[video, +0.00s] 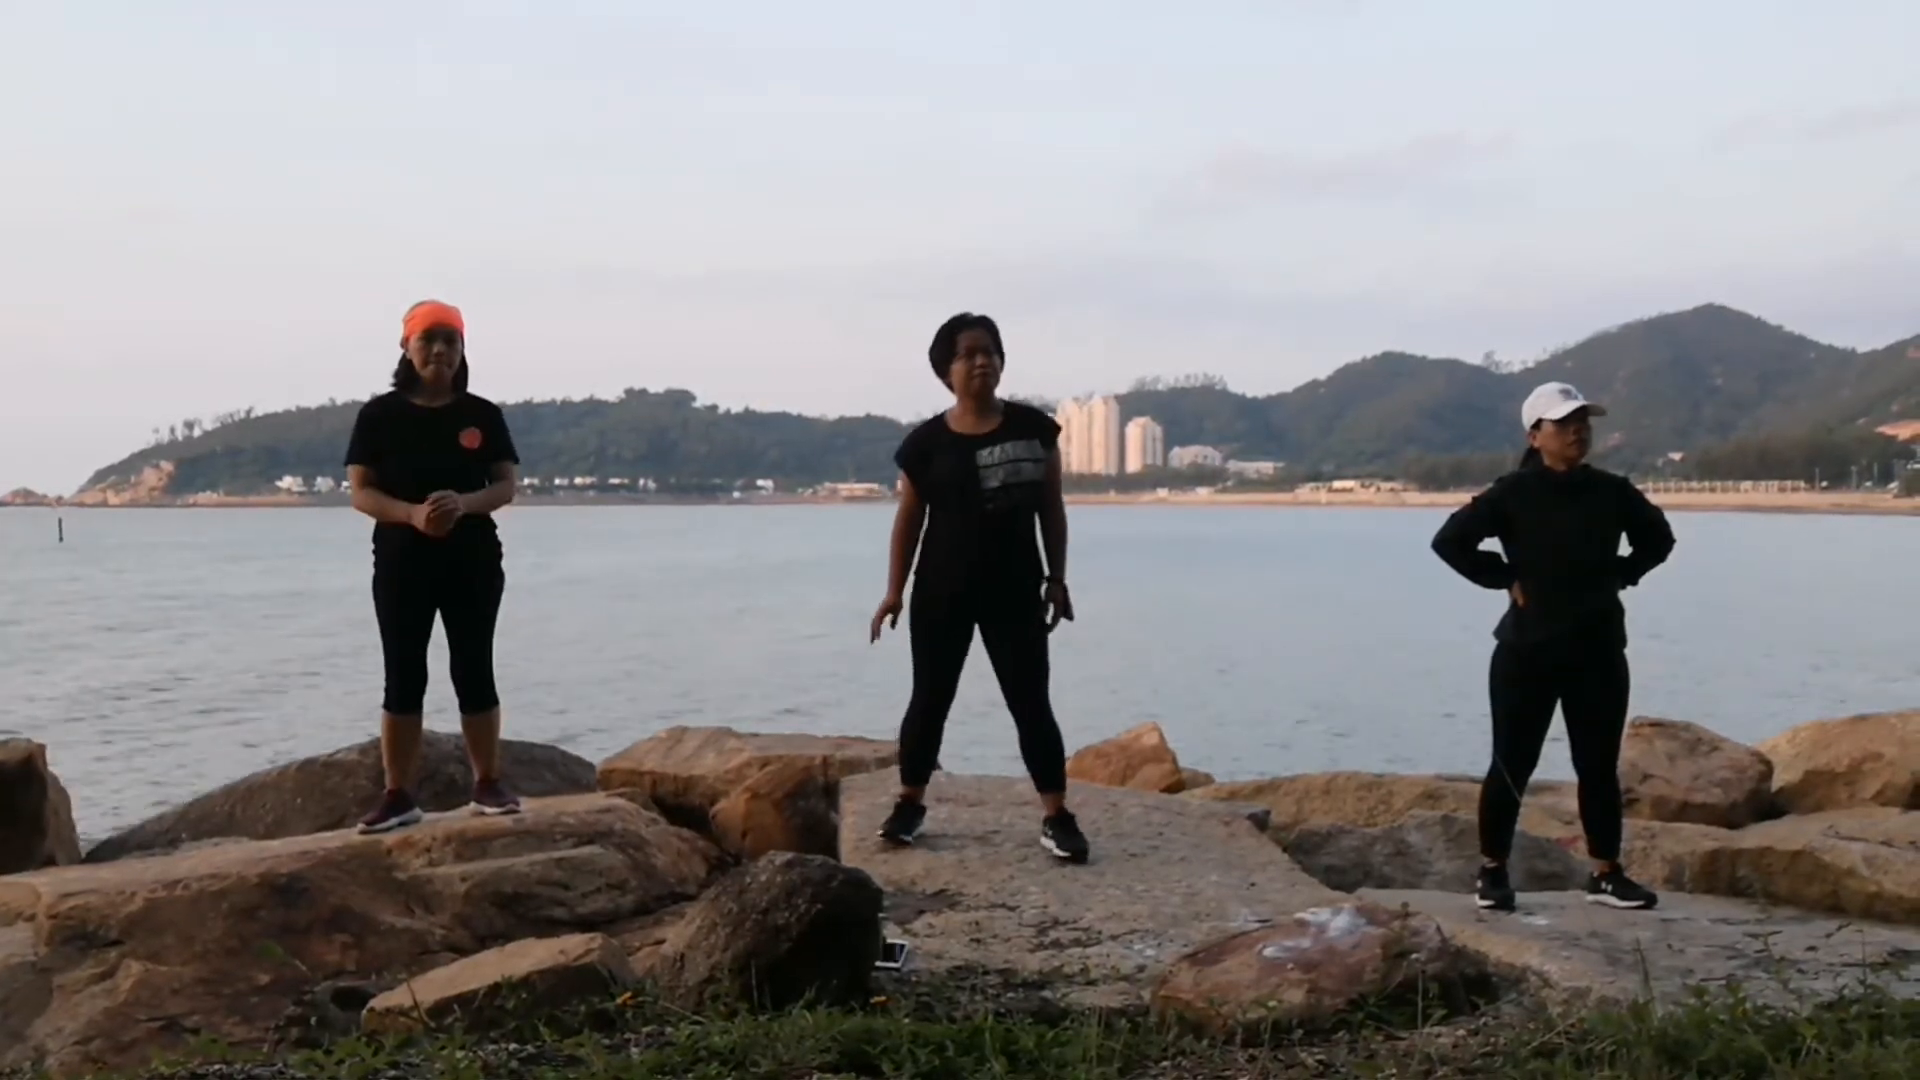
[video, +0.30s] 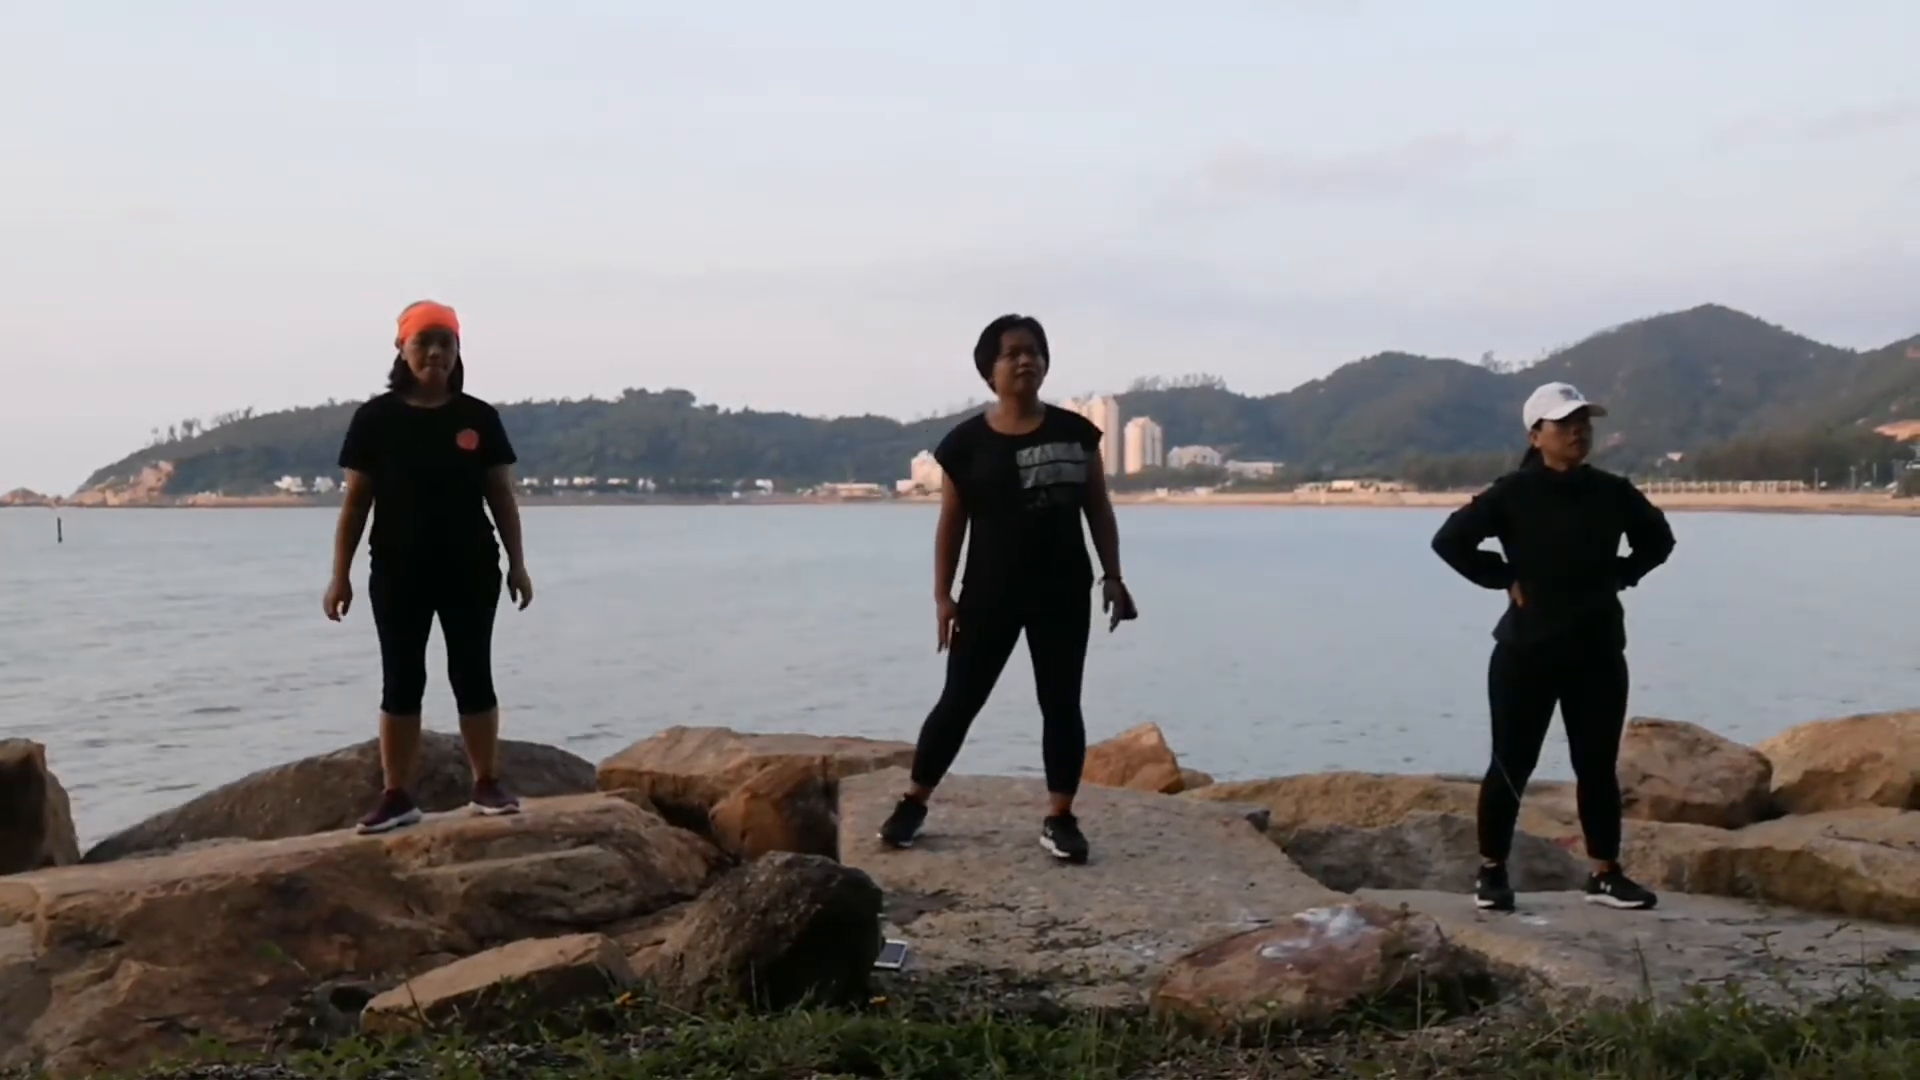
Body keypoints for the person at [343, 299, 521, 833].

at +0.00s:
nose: (438, 349)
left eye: (448, 339)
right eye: (427, 339)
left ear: (461, 348)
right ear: (407, 349)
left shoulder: (484, 415)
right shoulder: (377, 415)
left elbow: (507, 486)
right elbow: (360, 493)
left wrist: (467, 502)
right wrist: (411, 513)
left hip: (471, 564)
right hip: (403, 566)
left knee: (475, 675)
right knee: (403, 680)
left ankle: (487, 785)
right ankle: (398, 795)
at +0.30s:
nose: (434, 352)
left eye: (443, 342)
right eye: (423, 342)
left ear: (456, 350)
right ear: (402, 350)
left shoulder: (479, 418)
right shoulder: (374, 418)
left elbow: (501, 495)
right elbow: (355, 501)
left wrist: (517, 563)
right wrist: (340, 573)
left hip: (469, 572)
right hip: (398, 575)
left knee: (474, 679)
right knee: (400, 687)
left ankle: (485, 786)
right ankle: (397, 796)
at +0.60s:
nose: (430, 352)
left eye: (440, 343)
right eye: (420, 343)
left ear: (453, 351)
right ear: (399, 351)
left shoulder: (476, 418)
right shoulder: (370, 419)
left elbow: (507, 489)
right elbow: (340, 496)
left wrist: (535, 551)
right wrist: (306, 565)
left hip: (468, 571)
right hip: (398, 574)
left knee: (472, 680)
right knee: (399, 687)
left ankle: (485, 785)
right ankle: (394, 796)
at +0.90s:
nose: (430, 353)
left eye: (439, 343)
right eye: (418, 344)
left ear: (451, 350)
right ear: (397, 351)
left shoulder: (476, 416)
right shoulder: (368, 419)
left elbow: (496, 487)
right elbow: (356, 497)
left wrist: (480, 540)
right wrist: (381, 555)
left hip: (466, 569)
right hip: (397, 572)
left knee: (471, 679)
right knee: (398, 685)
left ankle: (484, 786)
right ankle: (395, 796)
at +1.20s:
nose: (431, 354)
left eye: (440, 343)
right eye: (419, 344)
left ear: (451, 350)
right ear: (397, 351)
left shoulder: (475, 416)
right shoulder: (368, 419)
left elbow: (499, 493)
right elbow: (355, 501)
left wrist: (492, 550)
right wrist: (368, 569)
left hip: (464, 570)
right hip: (397, 574)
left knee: (471, 679)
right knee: (399, 686)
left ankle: (483, 787)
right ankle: (393, 796)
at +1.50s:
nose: (433, 353)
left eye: (442, 343)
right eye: (422, 343)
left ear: (454, 351)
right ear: (399, 351)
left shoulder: (476, 417)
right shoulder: (370, 419)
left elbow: (509, 482)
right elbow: (332, 493)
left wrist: (539, 541)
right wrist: (291, 557)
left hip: (468, 570)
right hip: (398, 573)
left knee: (471, 678)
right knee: (399, 685)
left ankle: (482, 786)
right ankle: (392, 798)